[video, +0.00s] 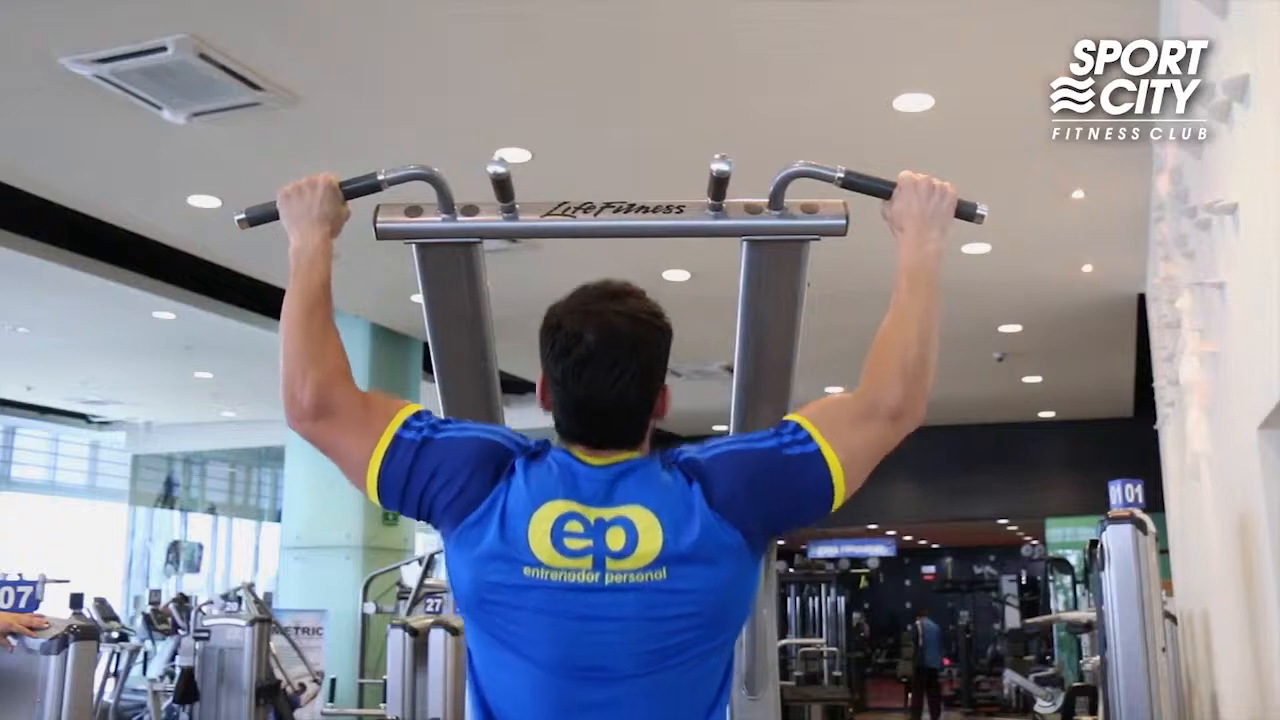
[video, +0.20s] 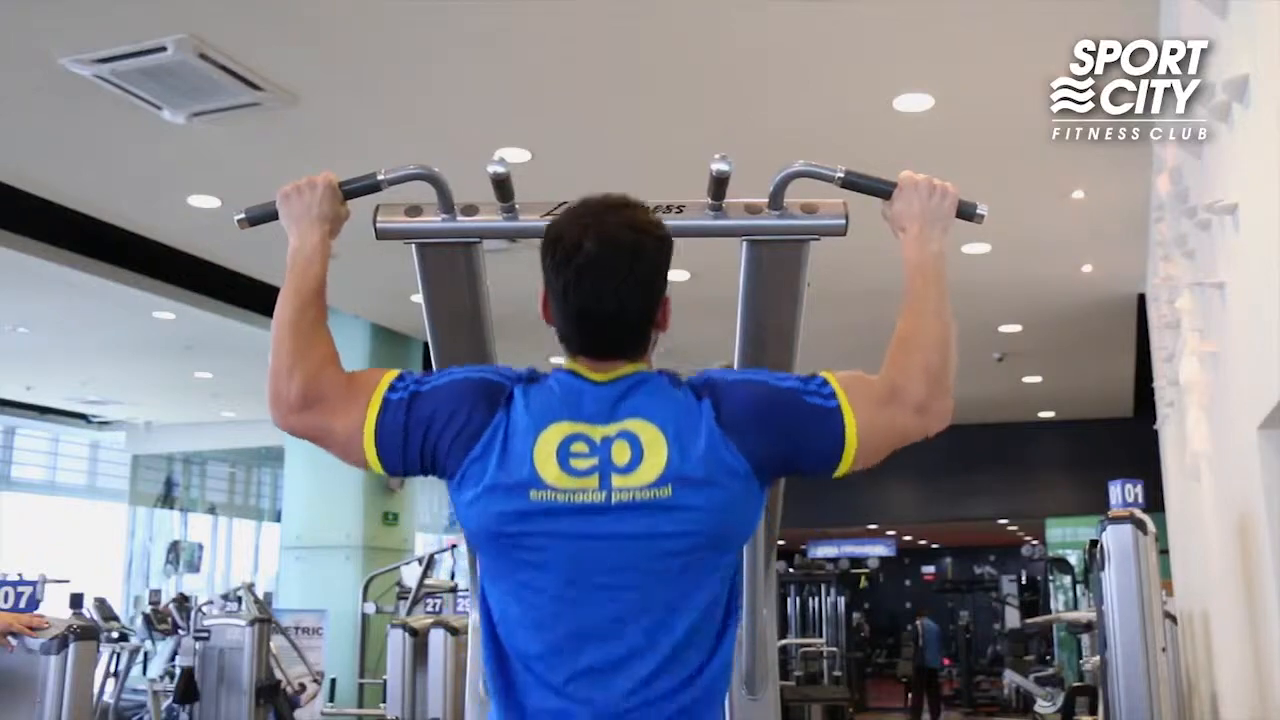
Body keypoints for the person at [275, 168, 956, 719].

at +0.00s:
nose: (665, 386)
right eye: (665, 376)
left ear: (541, 391)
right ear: (662, 398)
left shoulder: (480, 485)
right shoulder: (727, 494)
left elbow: (316, 401)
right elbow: (889, 405)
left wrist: (309, 240)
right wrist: (921, 242)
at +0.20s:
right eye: (663, 290)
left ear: (547, 310)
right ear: (663, 313)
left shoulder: (480, 417)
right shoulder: (731, 419)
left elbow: (301, 398)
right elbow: (918, 402)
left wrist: (308, 241)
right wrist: (926, 244)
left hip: (530, 710)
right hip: (684, 710)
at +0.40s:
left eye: (550, 191)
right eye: (667, 196)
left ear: (548, 215)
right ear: (665, 215)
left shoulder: (486, 332)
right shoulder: (736, 331)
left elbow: (300, 393)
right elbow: (923, 394)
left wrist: (306, 238)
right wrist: (928, 239)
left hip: (536, 687)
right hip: (686, 687)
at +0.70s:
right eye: (670, 97)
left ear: (556, 116)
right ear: (666, 112)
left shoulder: (492, 236)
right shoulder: (736, 235)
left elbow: (341, 377)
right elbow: (890, 377)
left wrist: (308, 239)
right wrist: (925, 238)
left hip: (541, 595)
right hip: (684, 598)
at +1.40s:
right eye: (668, 182)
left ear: (550, 203)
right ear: (668, 203)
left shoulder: (480, 317)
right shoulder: (735, 327)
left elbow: (297, 392)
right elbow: (919, 394)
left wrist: (307, 242)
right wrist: (927, 237)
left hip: (532, 687)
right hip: (685, 687)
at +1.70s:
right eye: (664, 273)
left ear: (543, 289)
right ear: (664, 296)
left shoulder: (470, 395)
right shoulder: (732, 411)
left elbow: (290, 397)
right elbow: (916, 402)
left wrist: (306, 243)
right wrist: (927, 244)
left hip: (520, 703)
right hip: (680, 704)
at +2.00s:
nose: (661, 375)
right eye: (662, 362)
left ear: (537, 381)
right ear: (659, 385)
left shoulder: (471, 476)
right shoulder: (727, 490)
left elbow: (305, 399)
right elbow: (890, 405)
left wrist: (308, 240)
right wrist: (923, 243)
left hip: (519, 710)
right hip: (685, 712)